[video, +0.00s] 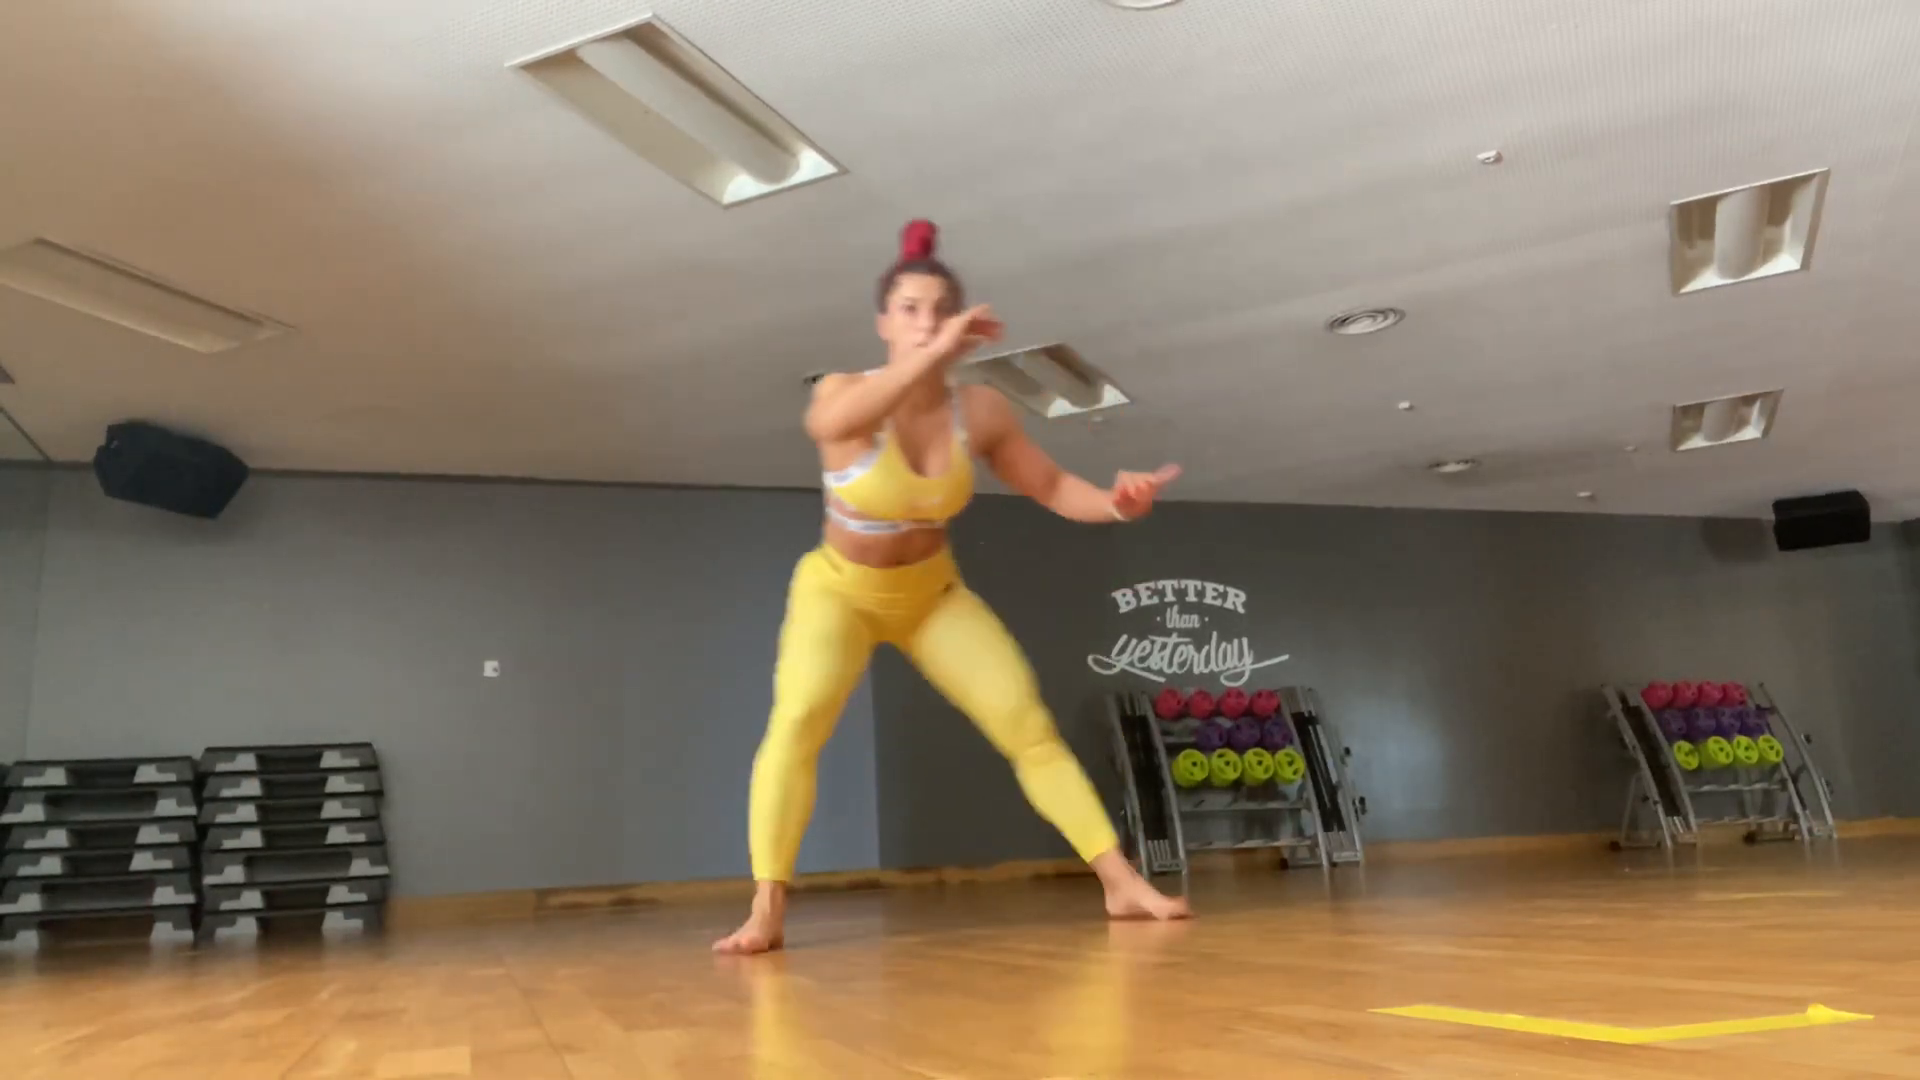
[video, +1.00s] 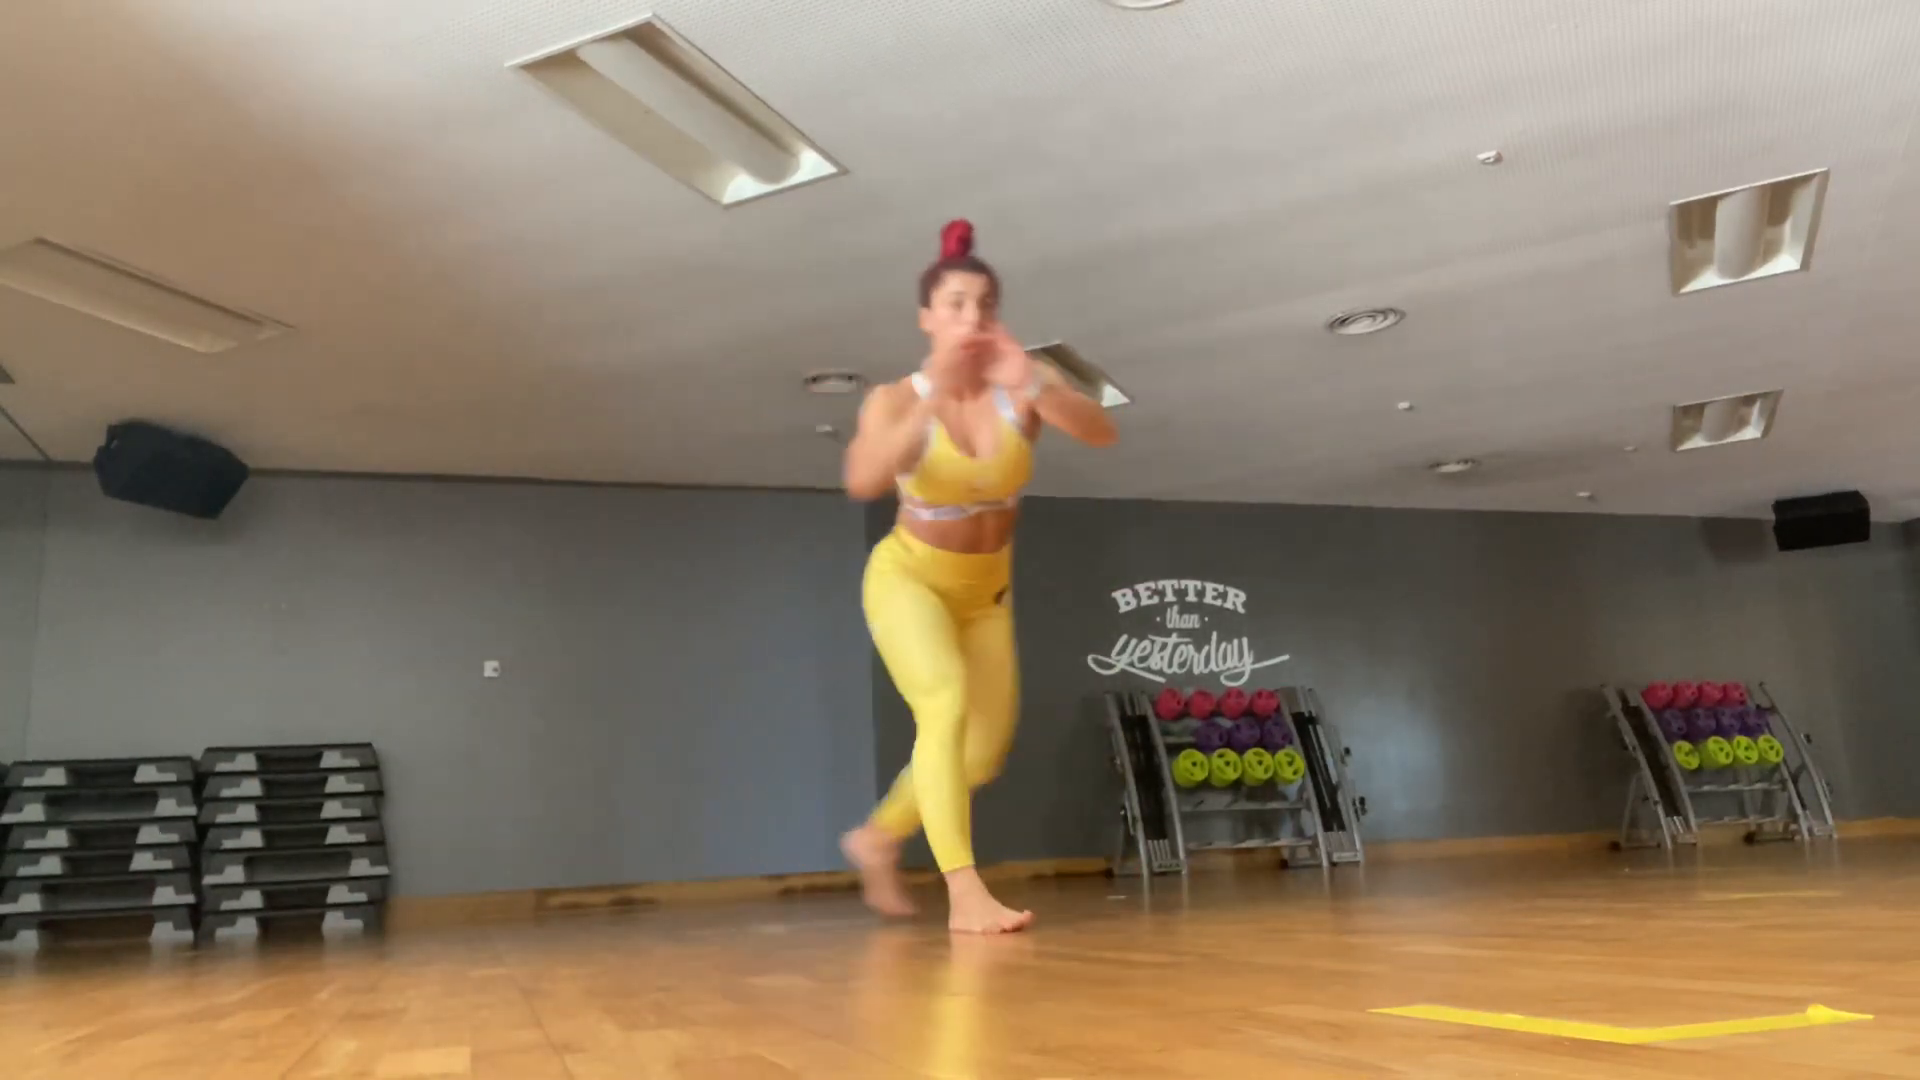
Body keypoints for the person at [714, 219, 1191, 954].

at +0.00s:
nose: (927, 326)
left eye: (941, 312)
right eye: (910, 309)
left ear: (960, 325)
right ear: (881, 321)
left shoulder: (978, 410)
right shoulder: (842, 393)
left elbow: (1051, 486)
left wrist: (1111, 504)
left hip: (934, 594)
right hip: (838, 591)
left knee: (1025, 722)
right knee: (797, 723)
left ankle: (1118, 881)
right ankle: (767, 911)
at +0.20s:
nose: (861, 301)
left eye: (875, 288)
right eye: (844, 285)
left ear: (892, 306)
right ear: (814, 302)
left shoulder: (918, 386)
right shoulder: (767, 389)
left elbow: (1022, 431)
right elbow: (686, 468)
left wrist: (1047, 400)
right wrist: (641, 505)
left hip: (865, 580)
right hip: (772, 575)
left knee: (891, 731)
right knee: (753, 724)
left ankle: (897, 873)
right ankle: (757, 909)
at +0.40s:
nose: (839, 275)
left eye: (853, 265)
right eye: (826, 264)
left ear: (876, 287)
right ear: (803, 283)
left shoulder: (893, 364)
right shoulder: (759, 372)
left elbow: (963, 356)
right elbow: (688, 462)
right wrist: (612, 519)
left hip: (843, 582)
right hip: (763, 564)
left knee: (793, 733)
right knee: (753, 717)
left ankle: (738, 859)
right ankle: (747, 890)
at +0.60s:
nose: (859, 324)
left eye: (869, 314)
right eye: (846, 309)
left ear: (877, 323)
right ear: (812, 313)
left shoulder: (887, 402)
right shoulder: (767, 397)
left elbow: (924, 397)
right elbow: (703, 483)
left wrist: (842, 333)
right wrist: (632, 532)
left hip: (833, 601)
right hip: (761, 583)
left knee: (781, 753)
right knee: (818, 714)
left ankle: (693, 875)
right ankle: (783, 903)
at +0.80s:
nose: (889, 335)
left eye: (904, 322)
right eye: (874, 320)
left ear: (917, 335)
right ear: (847, 336)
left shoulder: (933, 408)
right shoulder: (811, 413)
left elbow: (977, 413)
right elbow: (738, 497)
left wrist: (896, 362)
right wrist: (686, 513)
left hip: (882, 618)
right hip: (809, 600)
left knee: (800, 770)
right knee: (880, 709)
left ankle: (701, 872)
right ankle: (953, 884)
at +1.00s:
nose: (973, 318)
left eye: (986, 305)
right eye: (958, 304)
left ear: (997, 318)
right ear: (926, 316)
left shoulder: (1018, 389)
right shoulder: (897, 400)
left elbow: (1102, 433)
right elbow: (861, 483)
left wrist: (1035, 385)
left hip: (987, 592)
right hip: (910, 579)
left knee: (983, 752)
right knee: (943, 704)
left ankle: (874, 840)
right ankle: (965, 895)